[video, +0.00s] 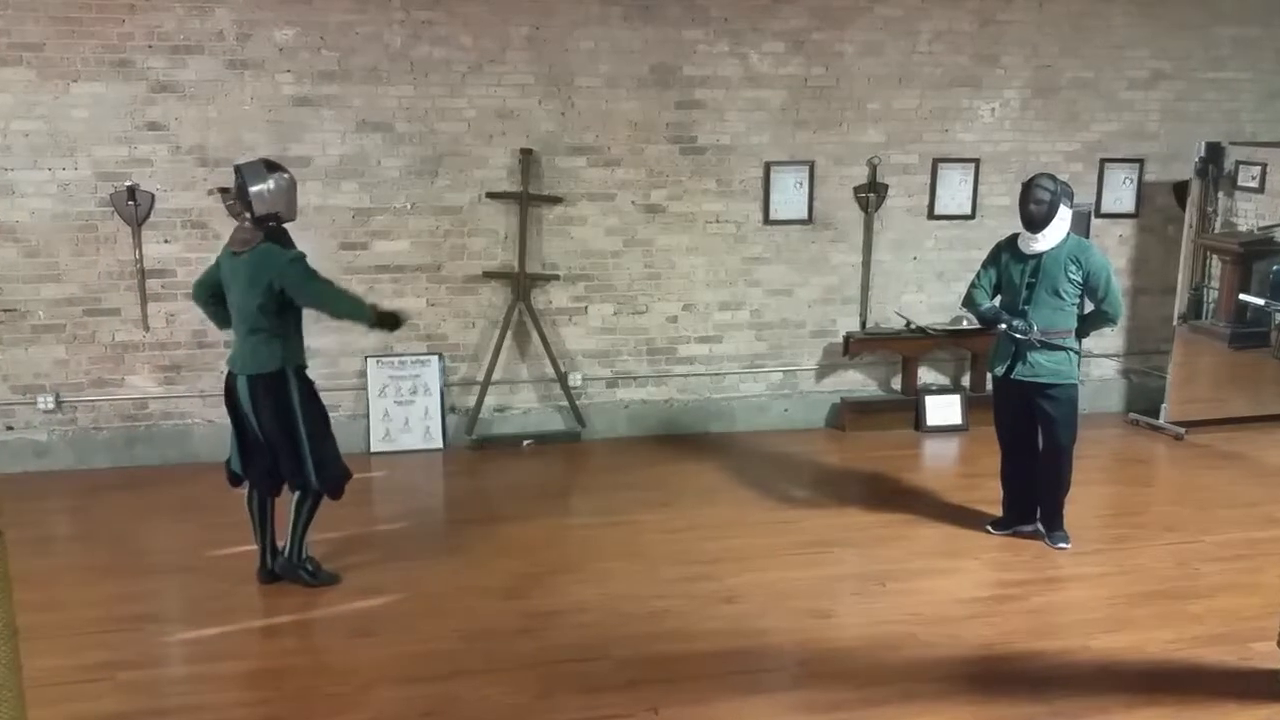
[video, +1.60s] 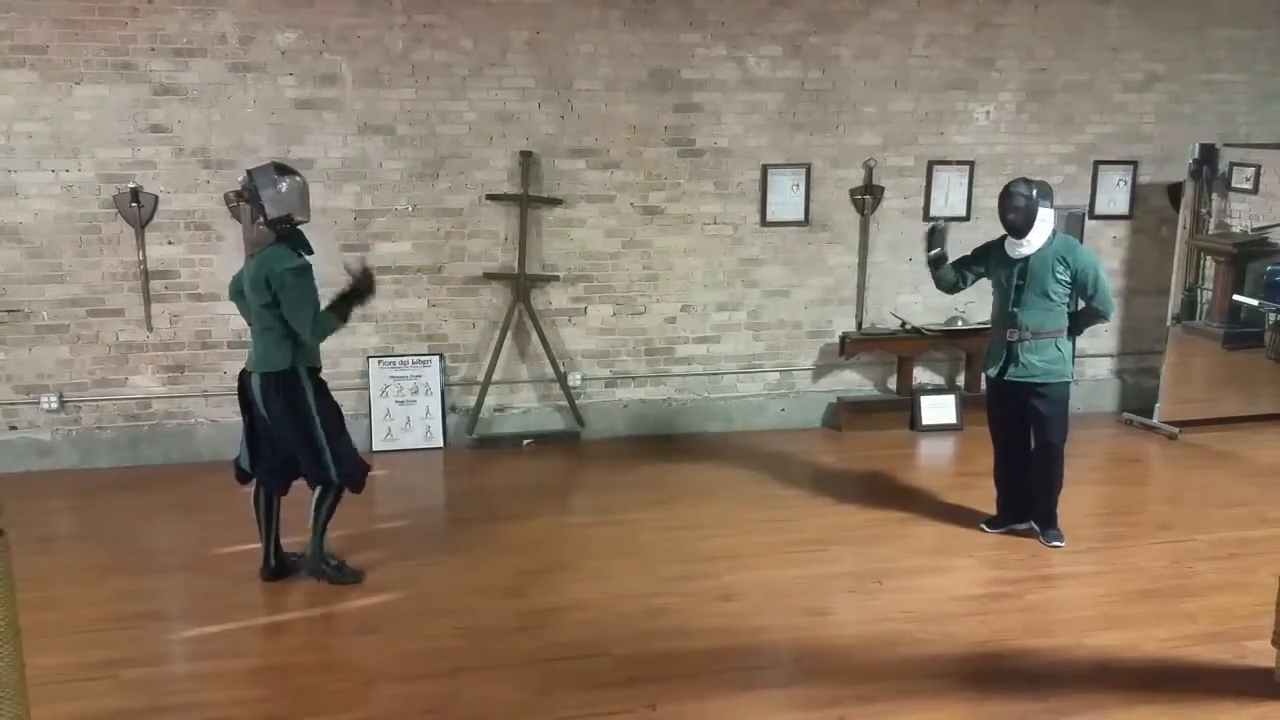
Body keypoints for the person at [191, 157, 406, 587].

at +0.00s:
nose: (292, 203)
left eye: (288, 195)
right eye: (286, 196)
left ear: (247, 204)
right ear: (275, 202)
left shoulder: (234, 250)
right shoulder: (278, 255)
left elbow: (203, 291)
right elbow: (319, 293)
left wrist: (235, 324)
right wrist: (373, 314)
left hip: (242, 376)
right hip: (278, 376)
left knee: (262, 469)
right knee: (320, 466)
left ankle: (267, 557)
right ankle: (294, 554)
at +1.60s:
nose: (304, 205)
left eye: (301, 197)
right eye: (298, 199)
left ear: (259, 214)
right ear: (288, 208)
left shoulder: (257, 260)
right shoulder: (288, 263)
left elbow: (236, 291)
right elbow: (312, 330)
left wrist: (269, 327)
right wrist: (351, 298)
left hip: (258, 379)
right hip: (293, 380)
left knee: (270, 469)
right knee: (336, 468)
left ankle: (271, 557)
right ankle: (317, 555)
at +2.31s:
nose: (331, 201)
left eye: (328, 192)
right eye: (322, 194)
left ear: (297, 202)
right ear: (307, 200)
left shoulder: (325, 248)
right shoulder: (300, 260)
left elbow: (341, 323)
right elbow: (309, 334)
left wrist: (362, 376)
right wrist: (319, 402)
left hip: (348, 377)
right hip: (332, 381)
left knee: (322, 462)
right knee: (354, 471)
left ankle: (282, 532)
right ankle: (354, 564)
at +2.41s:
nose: (333, 202)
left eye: (330, 194)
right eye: (325, 195)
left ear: (296, 203)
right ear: (310, 201)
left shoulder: (328, 249)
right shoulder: (302, 261)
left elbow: (343, 324)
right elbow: (310, 336)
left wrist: (364, 377)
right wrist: (320, 404)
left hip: (352, 378)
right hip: (334, 382)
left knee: (322, 461)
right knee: (355, 472)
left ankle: (282, 532)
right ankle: (354, 564)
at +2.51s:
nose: (336, 203)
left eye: (334, 194)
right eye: (327, 196)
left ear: (300, 202)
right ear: (311, 202)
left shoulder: (331, 249)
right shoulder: (304, 261)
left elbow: (347, 323)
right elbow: (311, 337)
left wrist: (366, 376)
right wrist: (321, 405)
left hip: (353, 378)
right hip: (335, 382)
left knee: (322, 461)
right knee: (357, 473)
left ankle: (282, 532)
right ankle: (355, 565)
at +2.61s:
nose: (338, 202)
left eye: (336, 194)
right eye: (330, 195)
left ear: (306, 202)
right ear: (312, 202)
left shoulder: (332, 248)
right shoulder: (306, 261)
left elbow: (347, 323)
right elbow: (315, 336)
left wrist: (367, 376)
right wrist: (325, 405)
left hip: (352, 377)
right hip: (337, 381)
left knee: (321, 462)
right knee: (359, 473)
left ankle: (281, 532)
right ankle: (355, 564)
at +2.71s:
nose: (340, 201)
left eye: (338, 194)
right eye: (332, 195)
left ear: (307, 201)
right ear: (314, 201)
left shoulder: (332, 247)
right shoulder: (309, 260)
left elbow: (347, 323)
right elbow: (319, 333)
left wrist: (367, 376)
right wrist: (327, 399)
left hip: (350, 377)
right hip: (339, 381)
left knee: (319, 462)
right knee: (360, 475)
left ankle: (279, 533)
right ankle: (355, 564)